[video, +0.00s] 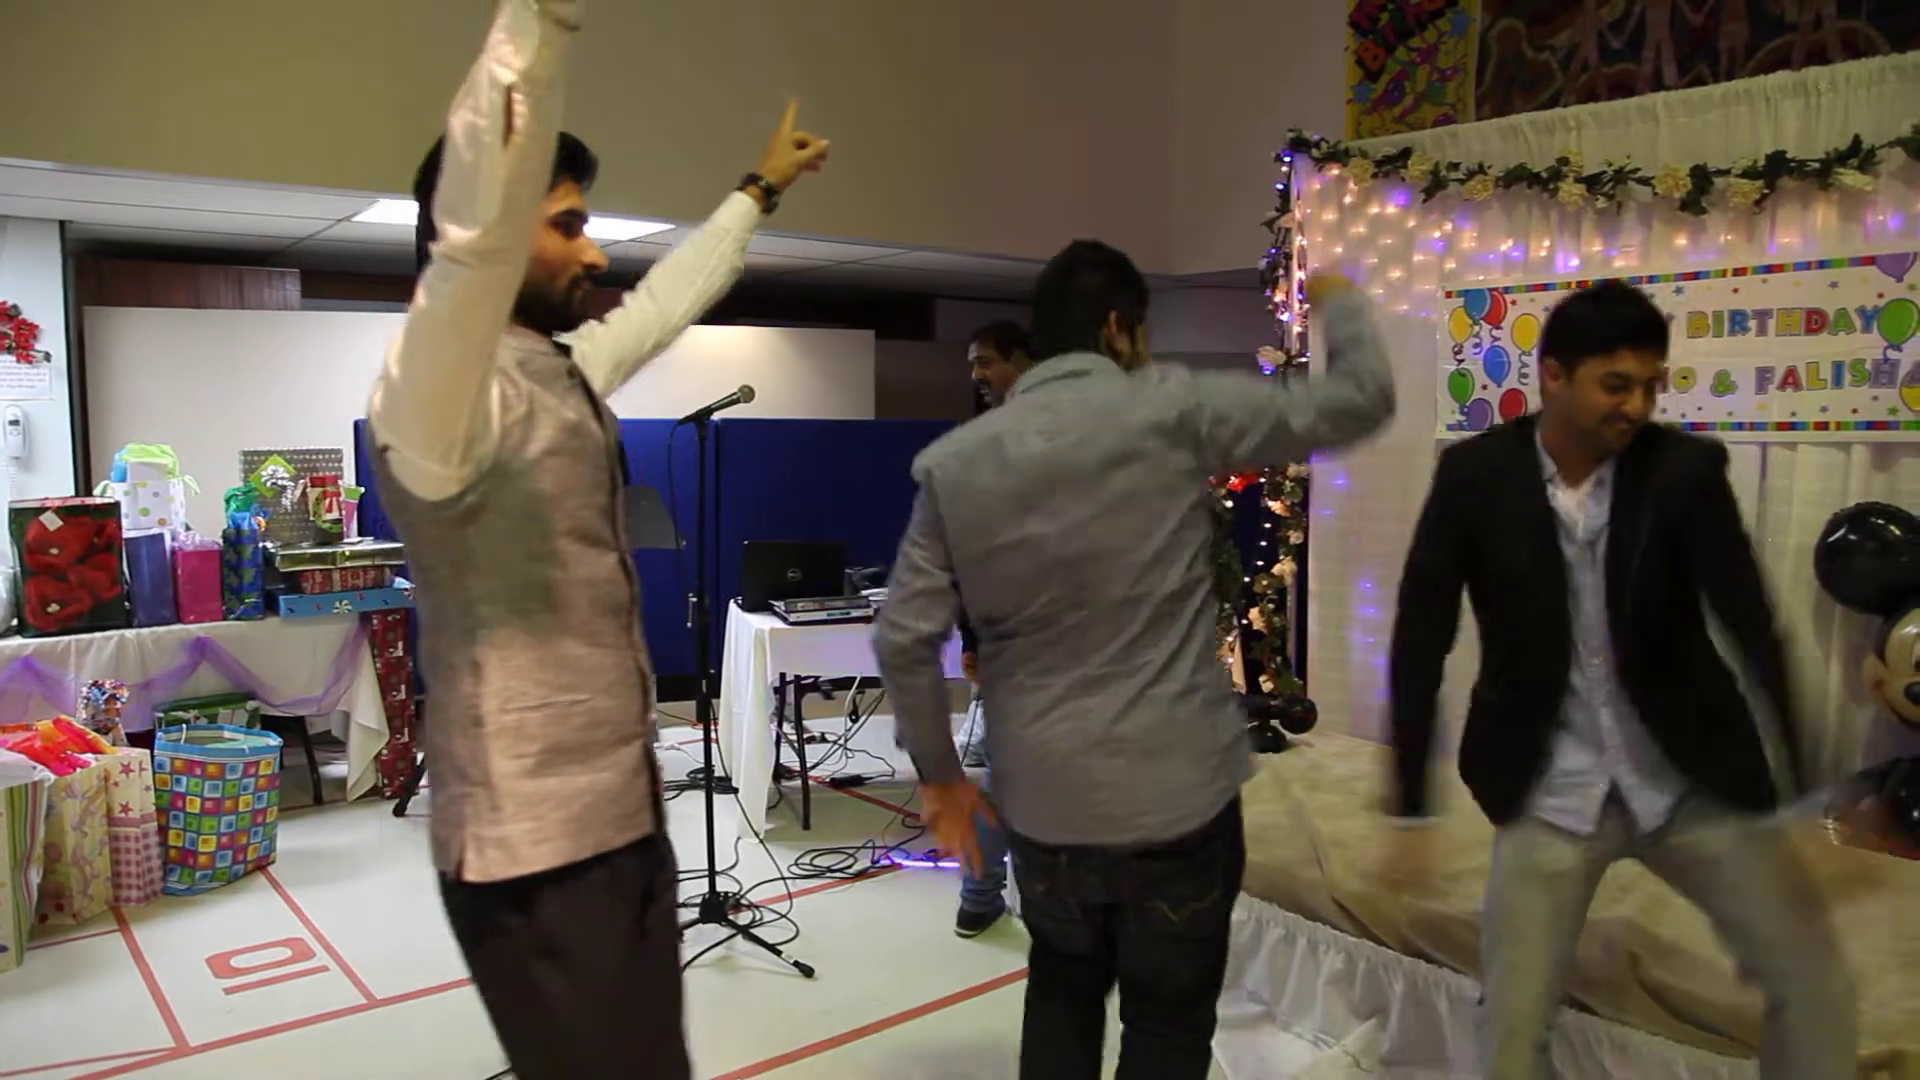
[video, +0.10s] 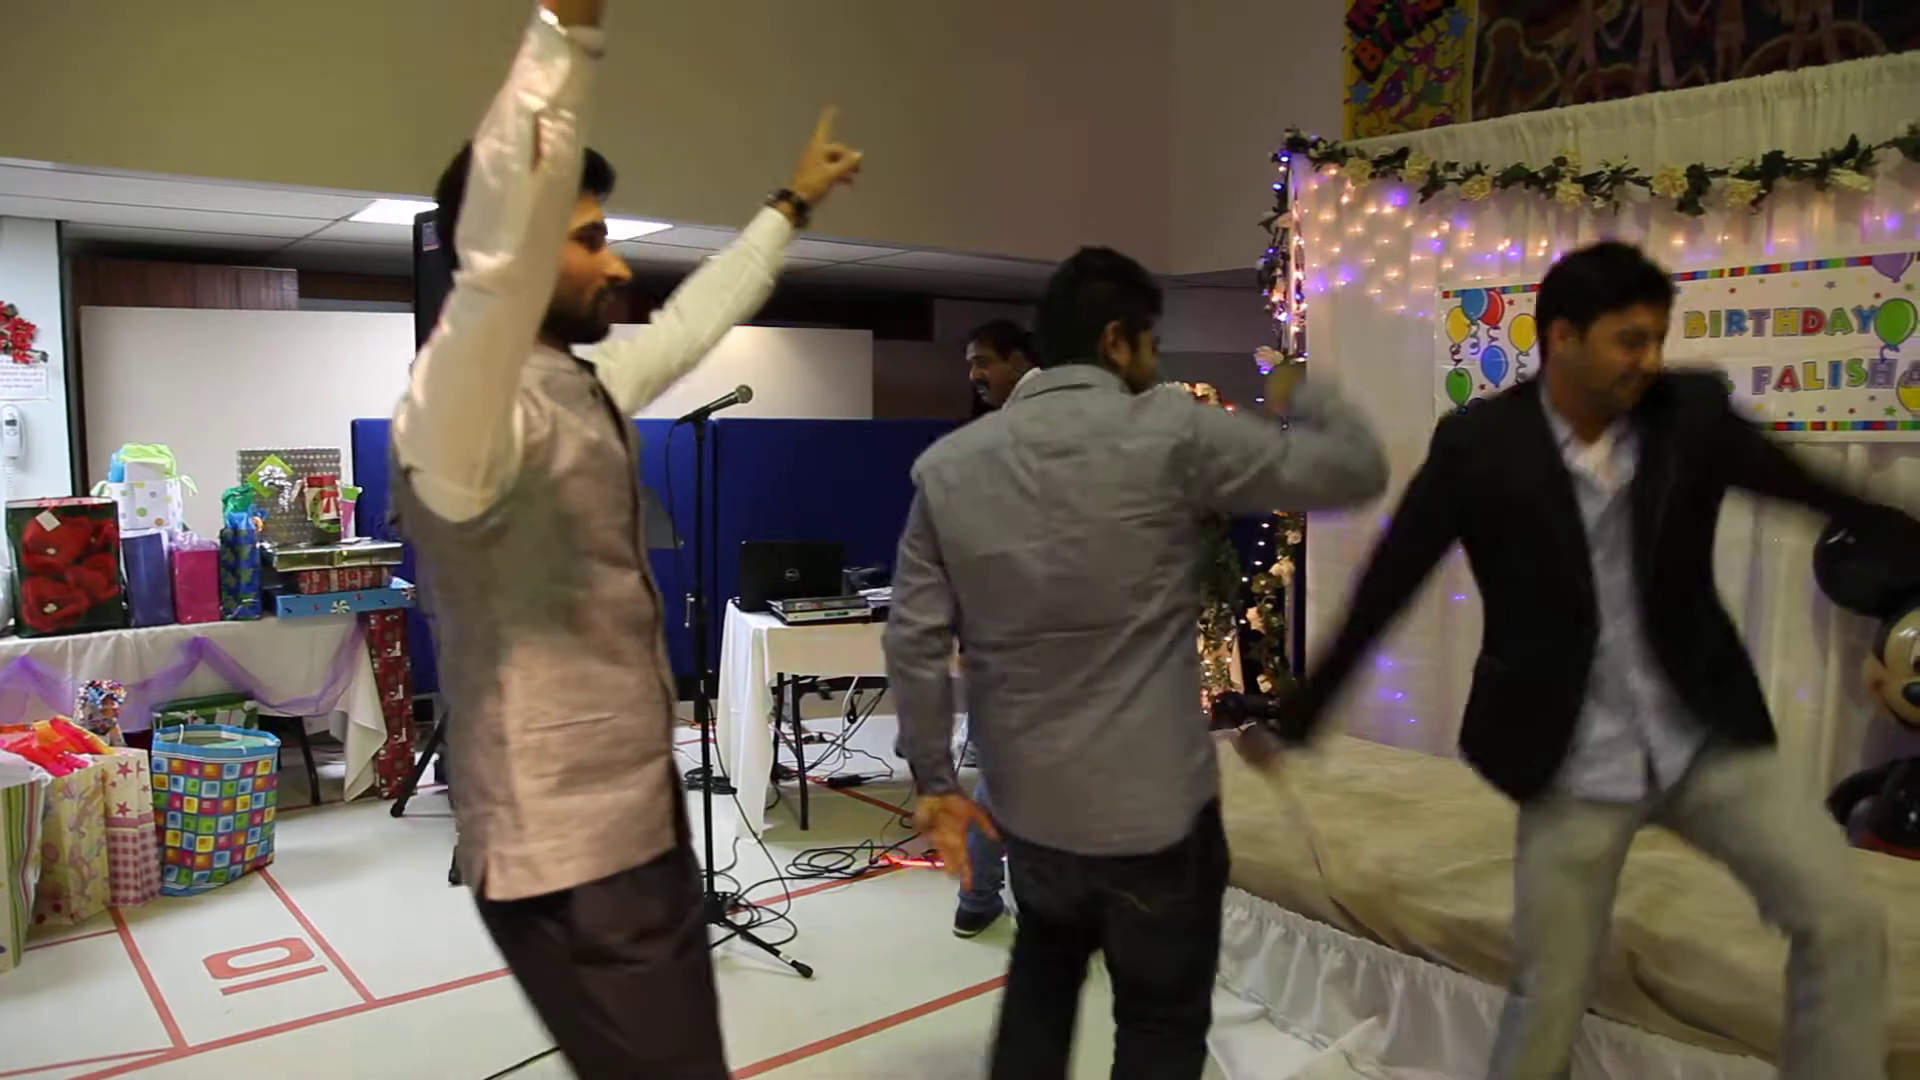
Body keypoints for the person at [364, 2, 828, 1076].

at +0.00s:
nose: (596, 254)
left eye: (591, 229)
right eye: (568, 226)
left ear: (568, 241)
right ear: (487, 233)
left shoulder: (569, 370)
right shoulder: (438, 403)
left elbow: (664, 299)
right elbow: (477, 227)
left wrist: (761, 188)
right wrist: (539, 16)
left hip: (619, 818)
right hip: (533, 845)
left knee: (653, 1067)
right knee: (599, 1074)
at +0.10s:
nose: (616, 262)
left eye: (608, 238)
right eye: (589, 239)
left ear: (582, 252)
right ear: (513, 256)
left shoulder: (587, 384)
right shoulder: (461, 418)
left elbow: (692, 322)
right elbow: (500, 249)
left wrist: (790, 207)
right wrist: (563, 29)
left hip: (635, 820)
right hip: (563, 849)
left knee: (686, 1063)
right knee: (661, 1070)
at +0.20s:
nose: (638, 265)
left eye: (631, 240)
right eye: (612, 241)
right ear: (535, 258)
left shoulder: (614, 385)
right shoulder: (486, 419)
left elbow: (722, 326)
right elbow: (528, 247)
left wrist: (830, 212)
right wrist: (598, 32)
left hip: (662, 827)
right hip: (588, 856)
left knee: (706, 1061)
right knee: (705, 1071)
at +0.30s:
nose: (662, 253)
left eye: (654, 231)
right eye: (638, 231)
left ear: (605, 252)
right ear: (562, 246)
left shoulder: (642, 379)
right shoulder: (506, 416)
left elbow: (751, 311)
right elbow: (558, 224)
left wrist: (866, 205)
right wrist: (636, 20)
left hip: (683, 814)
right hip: (607, 844)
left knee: (710, 1059)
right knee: (702, 1068)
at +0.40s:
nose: (683, 246)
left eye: (677, 222)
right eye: (659, 224)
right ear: (583, 236)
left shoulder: (667, 370)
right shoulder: (531, 407)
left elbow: (777, 301)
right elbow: (594, 217)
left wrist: (891, 192)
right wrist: (671, 10)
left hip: (708, 825)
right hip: (629, 851)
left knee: (715, 1060)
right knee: (715, 1070)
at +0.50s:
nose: (707, 232)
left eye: (698, 208)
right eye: (678, 213)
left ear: (648, 230)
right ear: (603, 226)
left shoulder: (693, 364)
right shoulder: (557, 401)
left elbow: (801, 293)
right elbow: (627, 206)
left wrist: (913, 183)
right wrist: (705, 3)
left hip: (725, 830)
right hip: (651, 853)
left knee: (706, 1064)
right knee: (733, 1071)